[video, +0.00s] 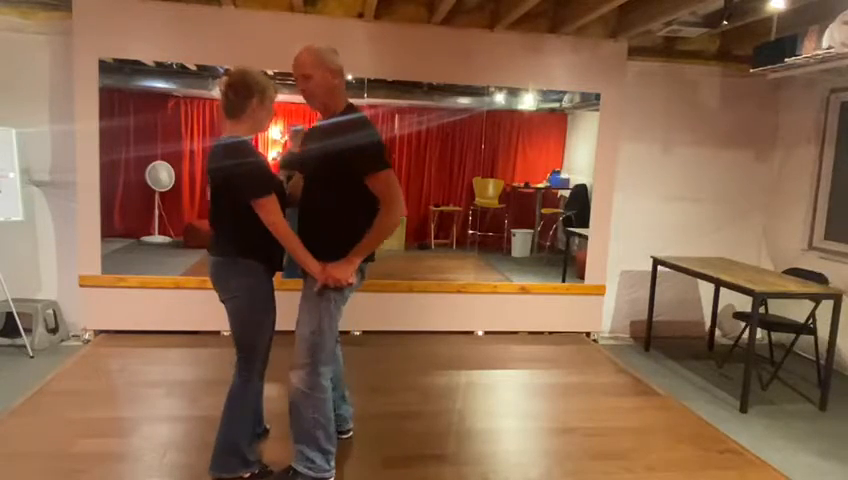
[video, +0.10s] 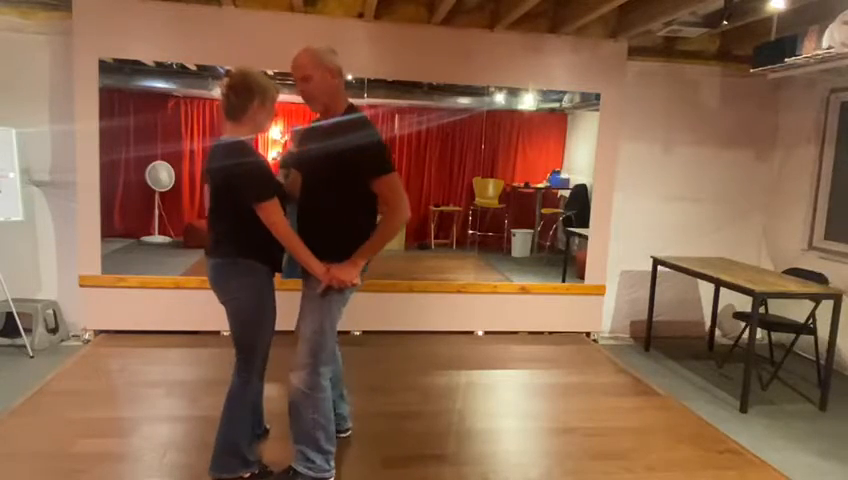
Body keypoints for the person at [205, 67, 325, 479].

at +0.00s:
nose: (271, 114)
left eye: (271, 106)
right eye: (269, 106)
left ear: (231, 104)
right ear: (255, 105)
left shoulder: (223, 152)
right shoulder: (245, 158)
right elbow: (275, 224)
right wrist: (317, 270)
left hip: (231, 263)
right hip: (246, 270)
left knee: (253, 355)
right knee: (251, 363)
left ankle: (251, 429)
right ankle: (232, 464)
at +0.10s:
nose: (273, 115)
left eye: (273, 107)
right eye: (271, 107)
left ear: (230, 106)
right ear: (255, 108)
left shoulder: (219, 154)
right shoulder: (248, 161)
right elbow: (279, 226)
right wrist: (320, 270)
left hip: (228, 266)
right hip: (247, 271)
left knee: (253, 356)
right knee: (249, 364)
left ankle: (252, 432)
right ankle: (231, 463)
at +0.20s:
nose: (272, 116)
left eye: (272, 108)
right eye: (271, 108)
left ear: (229, 106)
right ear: (258, 109)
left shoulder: (217, 154)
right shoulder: (250, 163)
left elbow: (208, 209)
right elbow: (282, 228)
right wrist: (324, 270)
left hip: (226, 267)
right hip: (249, 272)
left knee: (251, 359)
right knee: (250, 366)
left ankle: (250, 437)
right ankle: (232, 463)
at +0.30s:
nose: (272, 116)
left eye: (272, 108)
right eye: (270, 108)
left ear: (229, 107)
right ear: (257, 109)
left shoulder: (216, 155)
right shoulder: (250, 163)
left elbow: (205, 210)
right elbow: (283, 226)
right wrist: (325, 267)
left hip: (226, 266)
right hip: (249, 272)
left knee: (249, 359)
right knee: (251, 365)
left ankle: (234, 452)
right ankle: (234, 463)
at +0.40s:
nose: (270, 112)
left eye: (270, 105)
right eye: (267, 105)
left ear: (228, 106)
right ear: (251, 106)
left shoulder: (215, 153)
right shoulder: (248, 162)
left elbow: (209, 207)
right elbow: (284, 223)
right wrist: (325, 262)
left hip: (226, 264)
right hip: (249, 269)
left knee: (249, 350)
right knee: (254, 361)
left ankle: (224, 423)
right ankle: (234, 461)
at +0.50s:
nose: (267, 109)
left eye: (267, 101)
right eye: (263, 101)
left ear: (223, 103)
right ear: (244, 104)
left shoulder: (215, 150)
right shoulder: (243, 157)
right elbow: (284, 219)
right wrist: (325, 258)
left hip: (226, 261)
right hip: (249, 266)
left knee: (247, 345)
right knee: (255, 357)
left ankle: (223, 422)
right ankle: (235, 459)